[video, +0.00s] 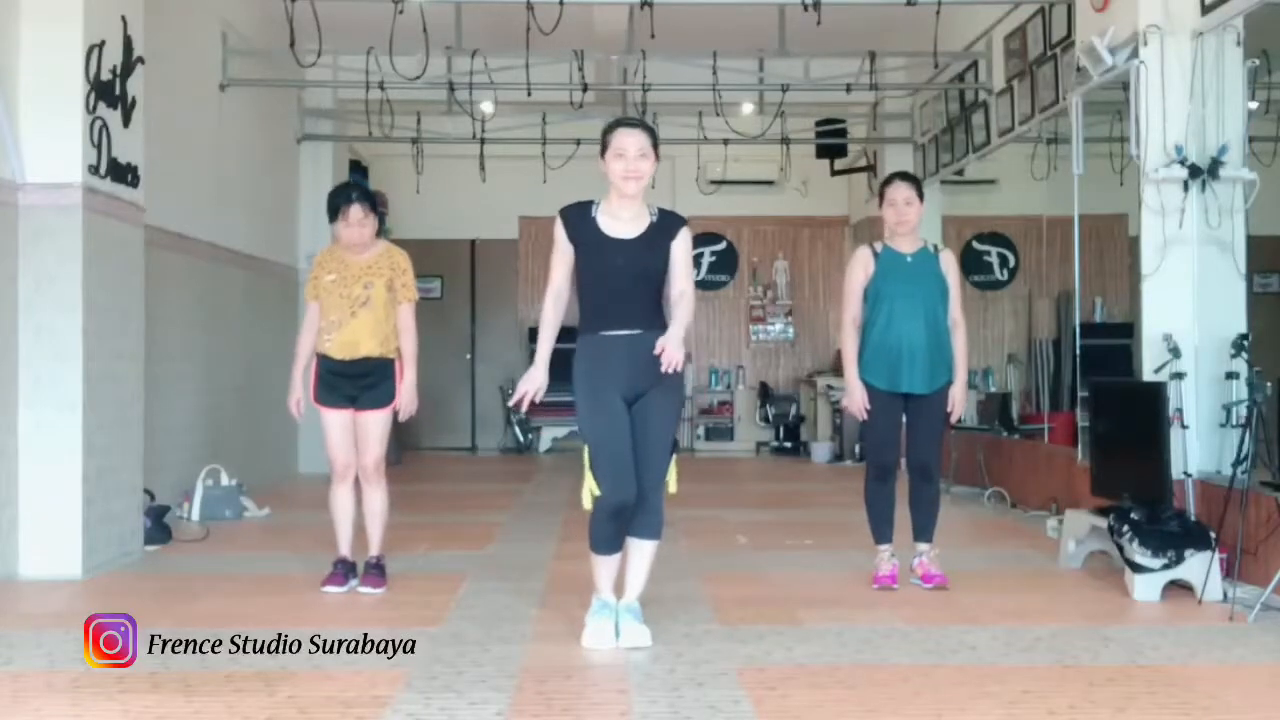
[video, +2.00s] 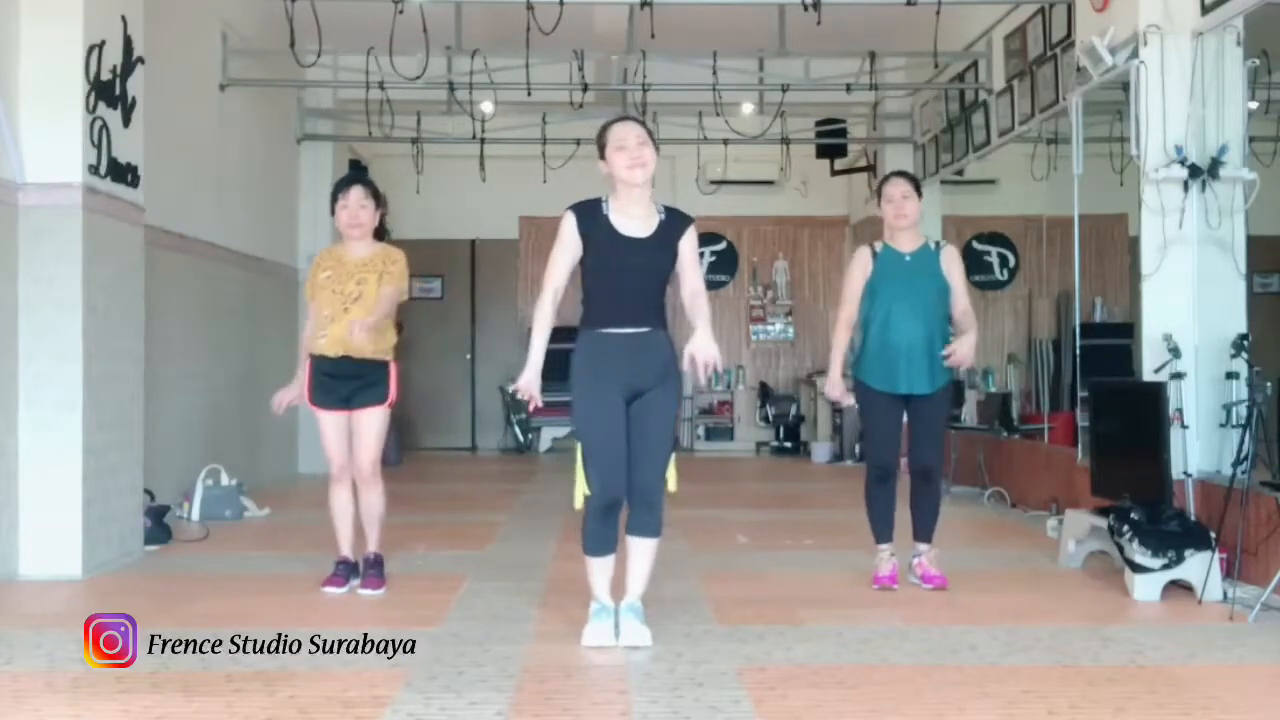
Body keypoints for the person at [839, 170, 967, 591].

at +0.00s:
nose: (899, 210)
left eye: (908, 202)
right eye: (891, 203)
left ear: (922, 208)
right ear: (881, 210)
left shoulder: (944, 259)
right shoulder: (866, 258)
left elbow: (956, 323)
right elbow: (849, 323)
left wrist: (960, 381)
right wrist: (852, 381)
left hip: (932, 382)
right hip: (879, 381)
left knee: (925, 467)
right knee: (881, 467)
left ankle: (924, 553)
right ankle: (884, 554)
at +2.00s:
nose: (898, 205)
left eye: (906, 198)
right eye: (890, 199)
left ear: (921, 204)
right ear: (880, 208)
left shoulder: (945, 256)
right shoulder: (867, 257)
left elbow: (962, 312)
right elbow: (845, 318)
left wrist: (969, 337)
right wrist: (835, 370)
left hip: (932, 380)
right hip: (878, 379)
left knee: (927, 467)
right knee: (881, 465)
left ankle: (923, 553)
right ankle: (884, 554)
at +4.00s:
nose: (908, 204)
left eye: (916, 197)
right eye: (901, 198)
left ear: (933, 205)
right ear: (892, 207)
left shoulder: (956, 255)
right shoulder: (876, 256)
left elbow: (973, 308)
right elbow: (854, 314)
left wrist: (986, 348)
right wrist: (842, 369)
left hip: (941, 380)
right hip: (887, 379)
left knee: (933, 466)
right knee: (888, 465)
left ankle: (925, 552)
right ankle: (887, 552)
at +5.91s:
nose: (899, 209)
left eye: (906, 201)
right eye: (891, 202)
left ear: (921, 207)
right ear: (880, 209)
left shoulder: (944, 256)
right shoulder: (865, 258)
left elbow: (965, 305)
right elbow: (845, 318)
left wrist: (978, 331)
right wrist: (837, 373)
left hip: (932, 379)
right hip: (878, 379)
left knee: (929, 465)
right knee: (881, 465)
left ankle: (922, 553)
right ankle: (884, 554)